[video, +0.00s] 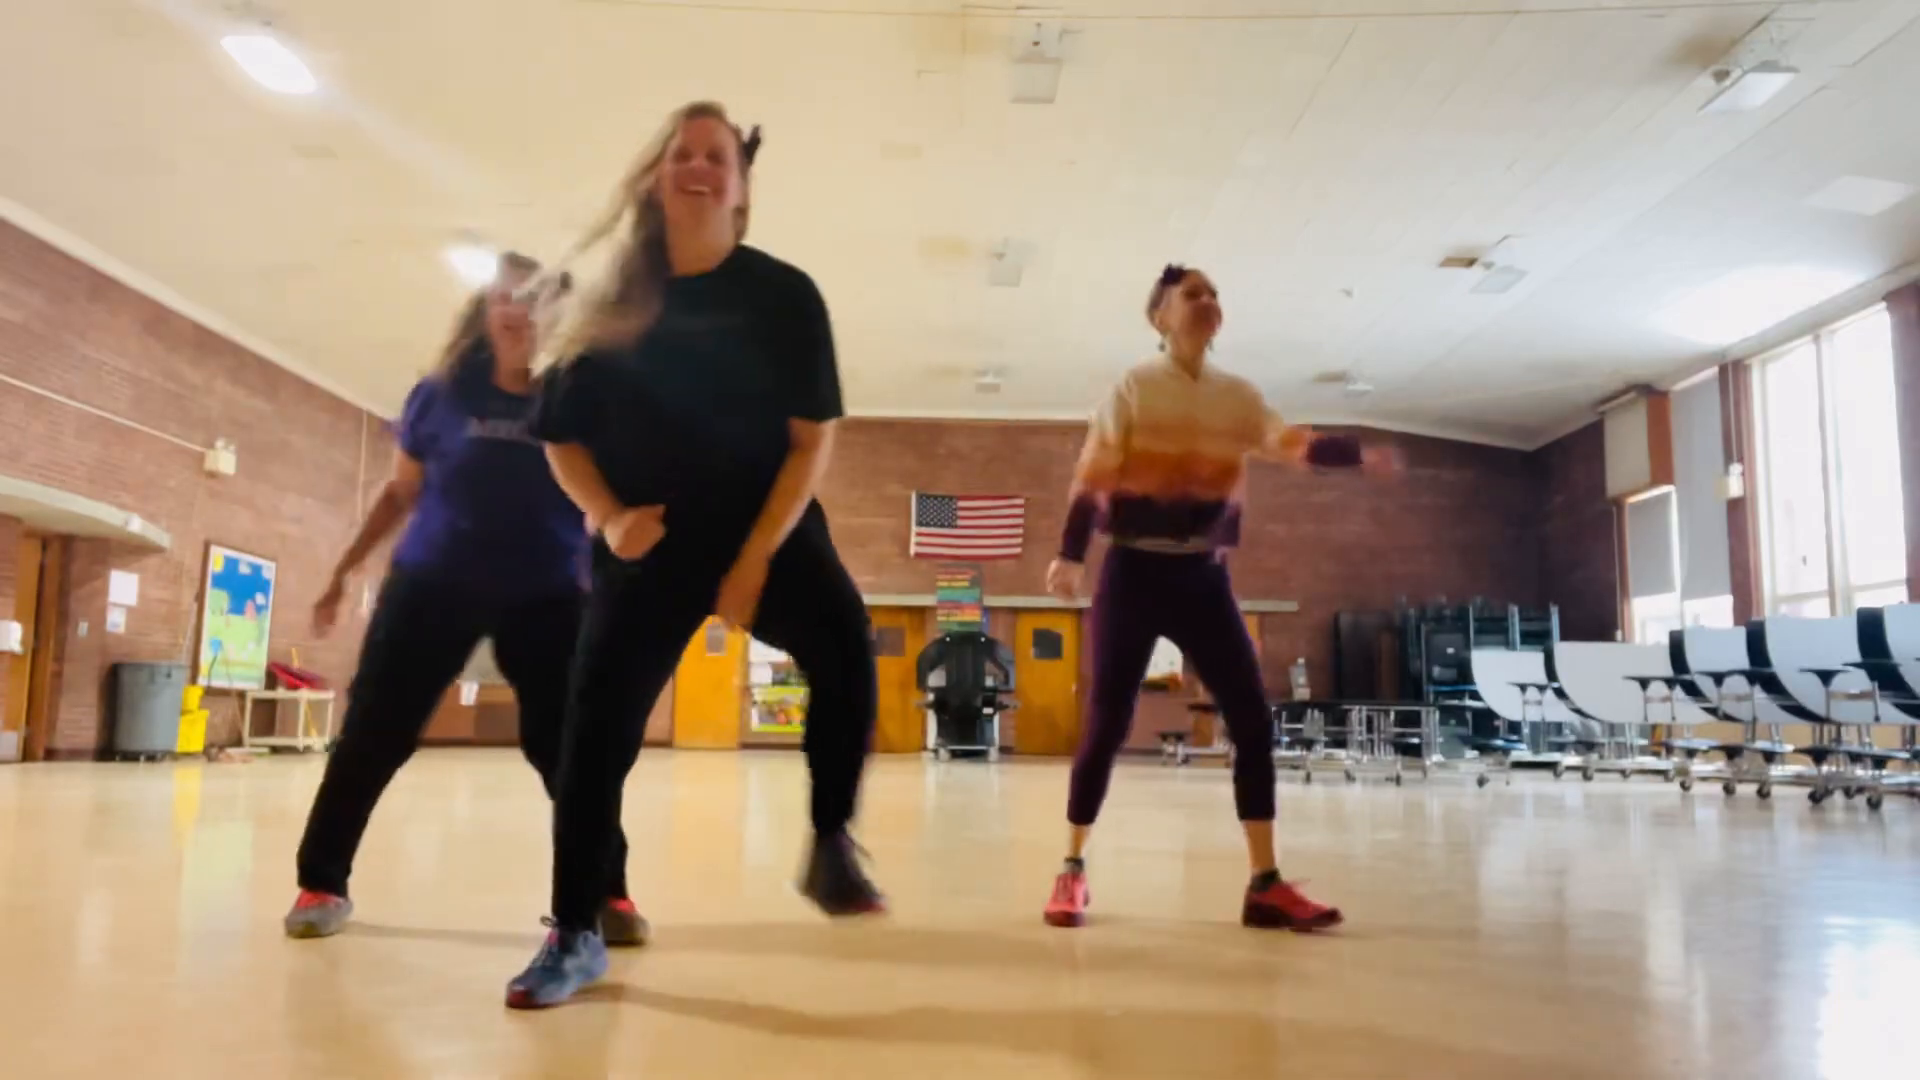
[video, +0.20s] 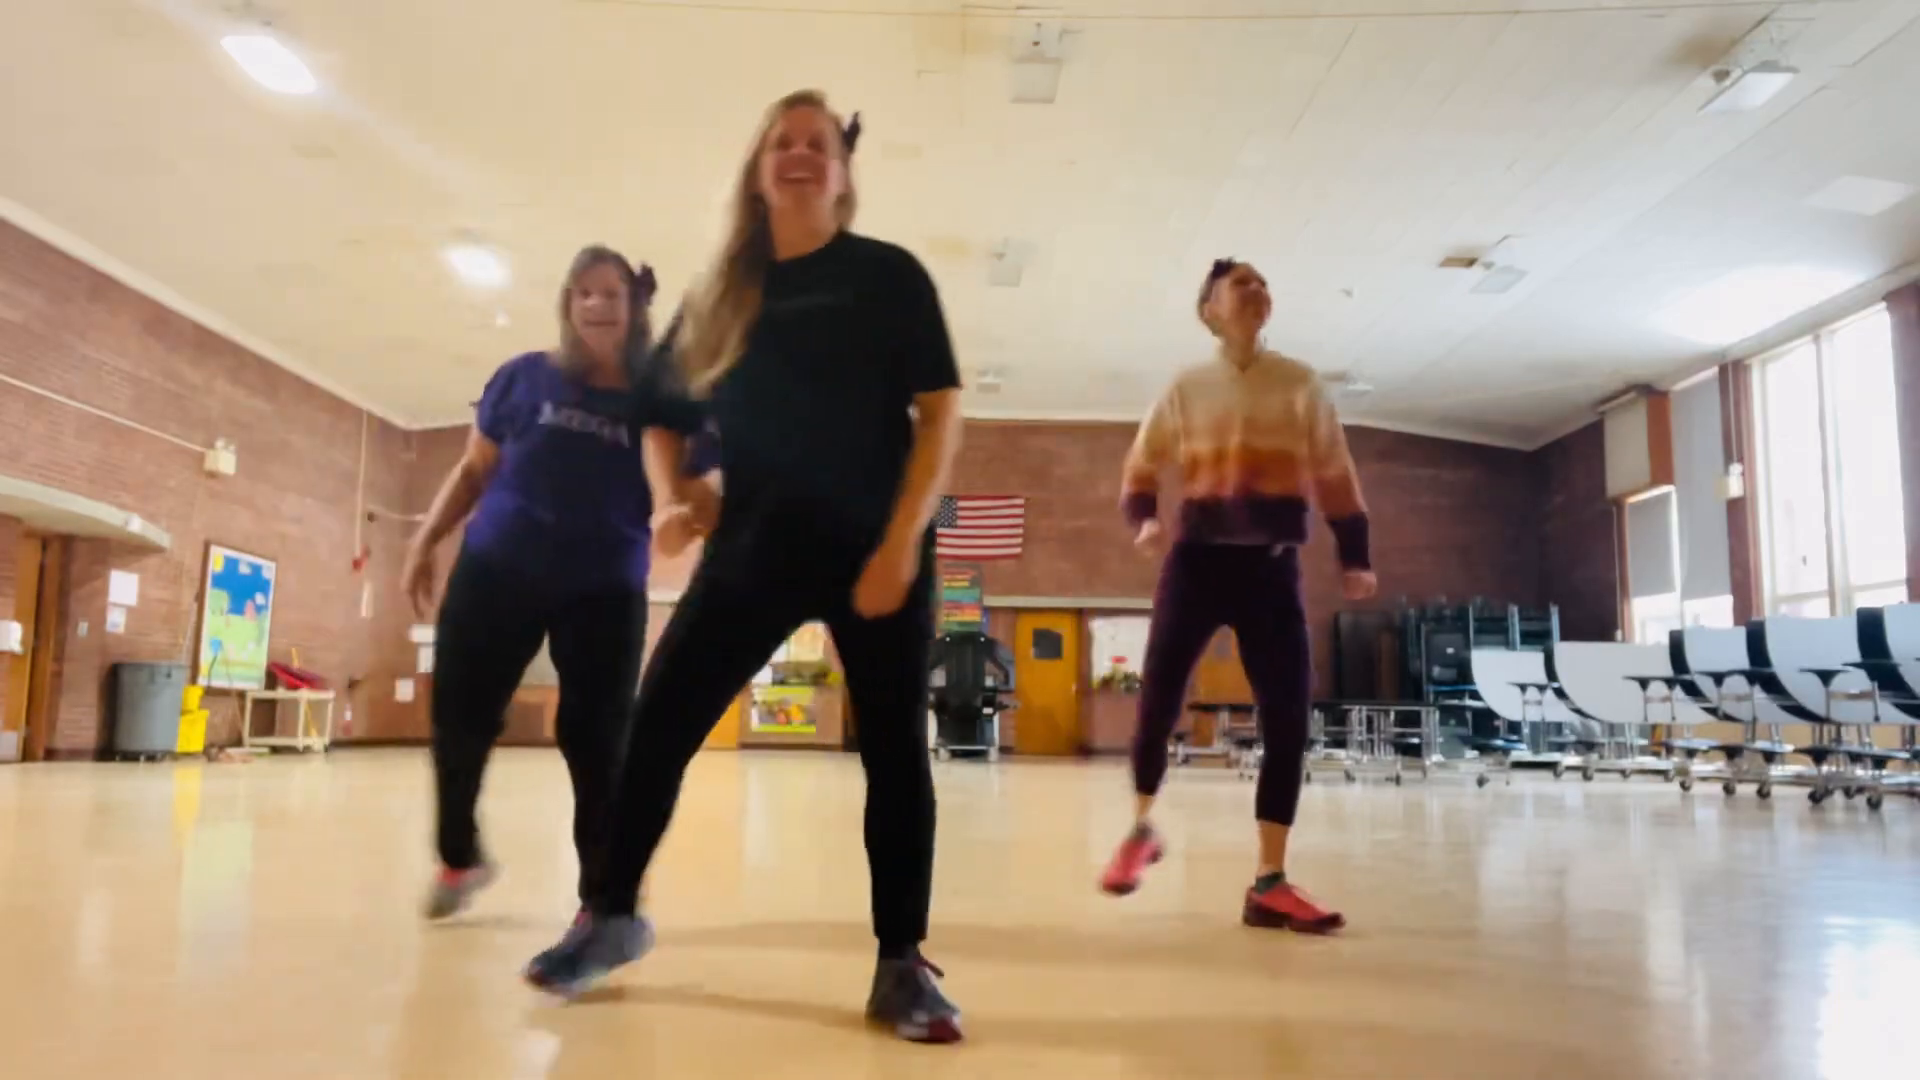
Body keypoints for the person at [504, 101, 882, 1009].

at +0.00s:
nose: (696, 165)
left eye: (715, 155)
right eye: (682, 154)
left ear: (743, 184)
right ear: (654, 181)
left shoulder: (786, 295)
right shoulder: (610, 299)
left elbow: (811, 445)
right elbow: (559, 425)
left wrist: (756, 559)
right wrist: (608, 516)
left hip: (766, 528)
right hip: (650, 535)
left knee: (845, 655)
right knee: (596, 732)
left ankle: (831, 847)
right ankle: (574, 933)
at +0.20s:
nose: (798, 153)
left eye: (817, 142)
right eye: (782, 142)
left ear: (847, 169)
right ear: (756, 169)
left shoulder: (891, 275)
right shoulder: (727, 291)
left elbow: (940, 412)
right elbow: (661, 399)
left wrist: (901, 541)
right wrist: (671, 495)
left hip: (875, 543)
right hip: (759, 540)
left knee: (897, 755)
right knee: (663, 721)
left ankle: (902, 963)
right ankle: (611, 915)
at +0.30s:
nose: (849, 150)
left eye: (867, 140)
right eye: (834, 139)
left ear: (895, 169)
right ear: (806, 167)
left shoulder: (941, 277)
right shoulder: (772, 288)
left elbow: (991, 414)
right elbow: (721, 415)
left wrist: (995, 542)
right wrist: (729, 502)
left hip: (919, 549)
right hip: (806, 546)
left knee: (915, 757)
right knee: (702, 708)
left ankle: (903, 962)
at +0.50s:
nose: (920, 154)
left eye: (937, 143)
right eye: (905, 142)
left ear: (967, 166)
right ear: (880, 164)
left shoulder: (1015, 278)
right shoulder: (840, 285)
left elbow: (1065, 411)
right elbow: (802, 419)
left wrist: (1087, 528)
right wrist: (822, 488)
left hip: (986, 548)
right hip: (875, 551)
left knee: (953, 748)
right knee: (910, 752)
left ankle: (917, 959)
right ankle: (1007, 908)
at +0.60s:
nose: (945, 173)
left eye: (960, 161)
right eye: (930, 162)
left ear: (988, 179)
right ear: (905, 181)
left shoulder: (1037, 290)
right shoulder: (869, 301)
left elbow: (1081, 421)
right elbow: (823, 428)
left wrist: (1112, 534)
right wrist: (845, 502)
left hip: (1026, 548)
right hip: (916, 556)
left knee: (1024, 734)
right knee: (967, 744)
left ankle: (990, 929)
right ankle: (1032, 926)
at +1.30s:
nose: (1000, 162)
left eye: (1016, 151)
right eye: (988, 152)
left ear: (1044, 171)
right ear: (968, 174)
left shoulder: (1082, 251)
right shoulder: (937, 257)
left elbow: (1097, 352)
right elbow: (897, 375)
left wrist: (1058, 280)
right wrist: (902, 278)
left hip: (1073, 514)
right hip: (969, 516)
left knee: (1078, 696)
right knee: (966, 704)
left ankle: (1094, 880)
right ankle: (980, 883)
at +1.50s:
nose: (984, 217)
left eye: (998, 206)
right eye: (970, 205)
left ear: (1020, 225)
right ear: (946, 223)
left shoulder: (1051, 301)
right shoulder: (913, 315)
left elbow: (1045, 368)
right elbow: (849, 430)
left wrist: (932, 329)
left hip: (1036, 557)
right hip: (933, 562)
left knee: (1001, 740)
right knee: (950, 745)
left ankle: (962, 927)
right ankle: (969, 917)